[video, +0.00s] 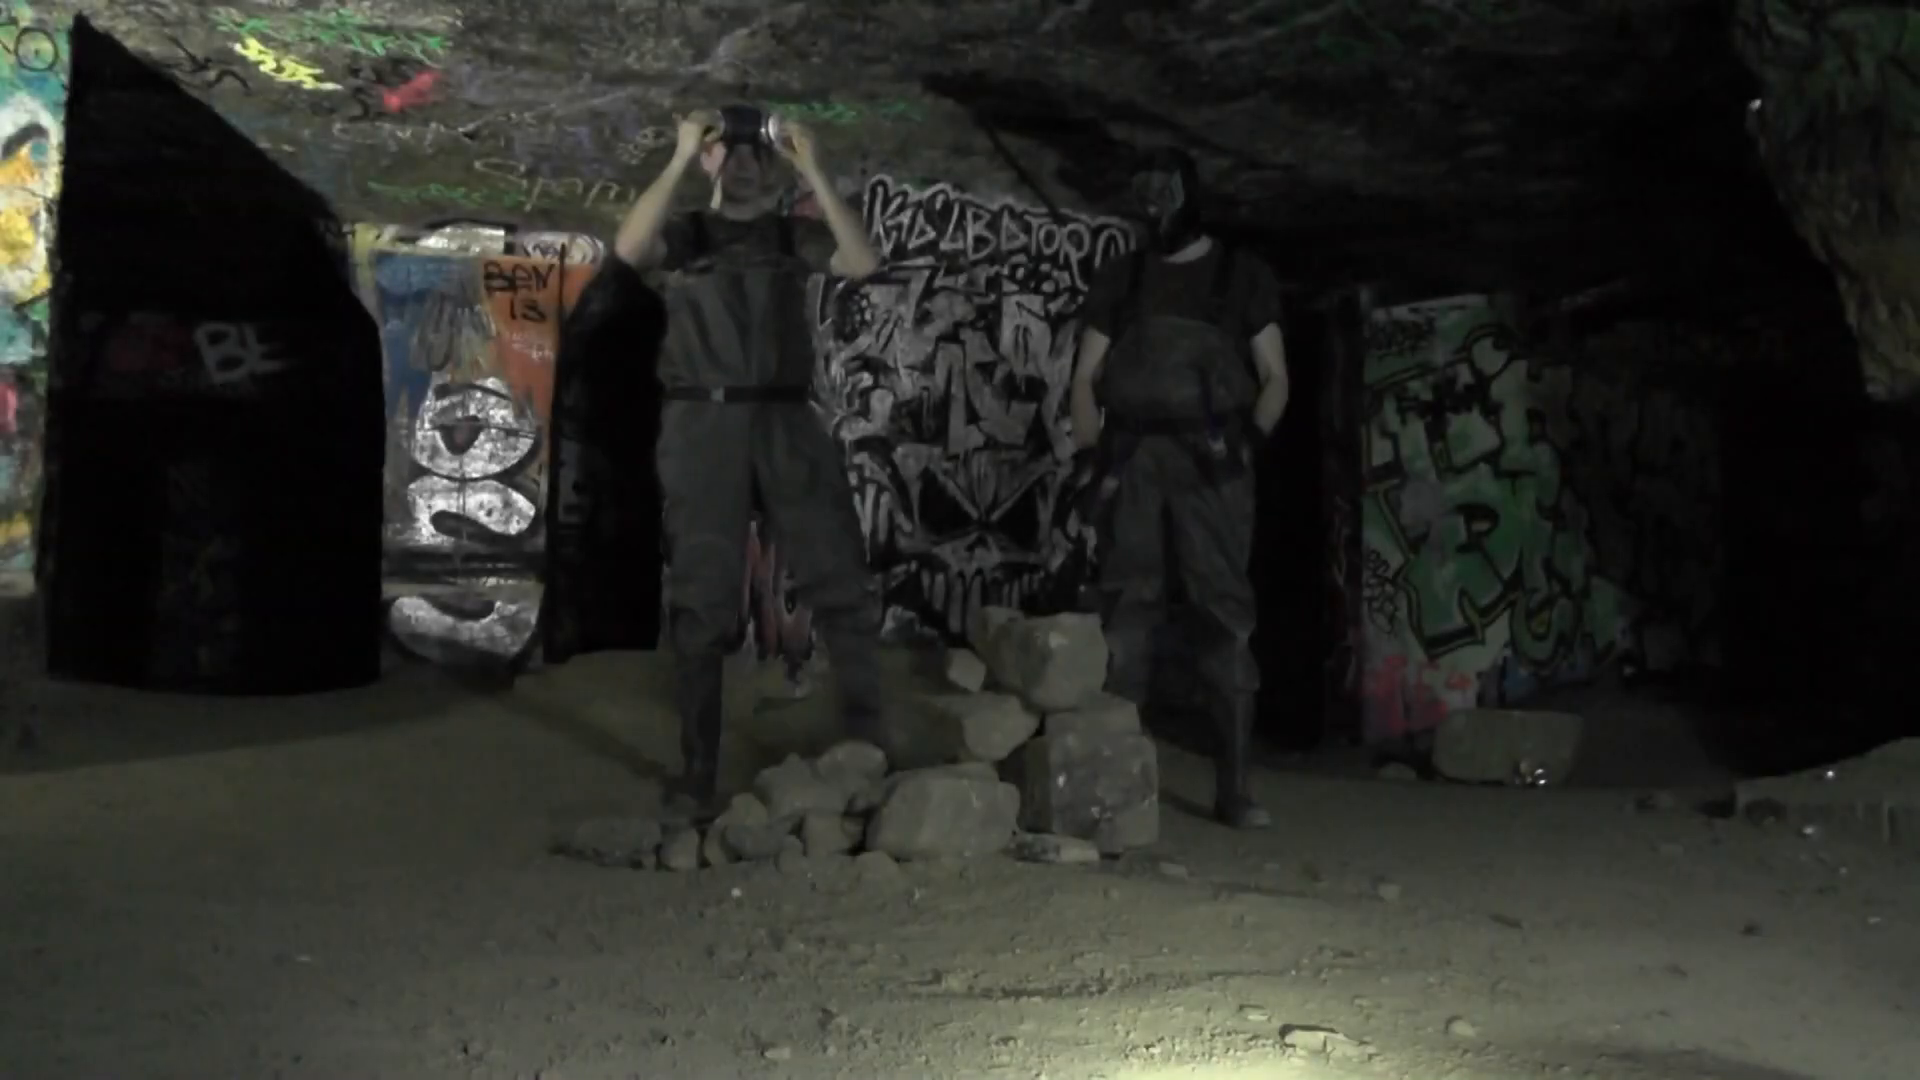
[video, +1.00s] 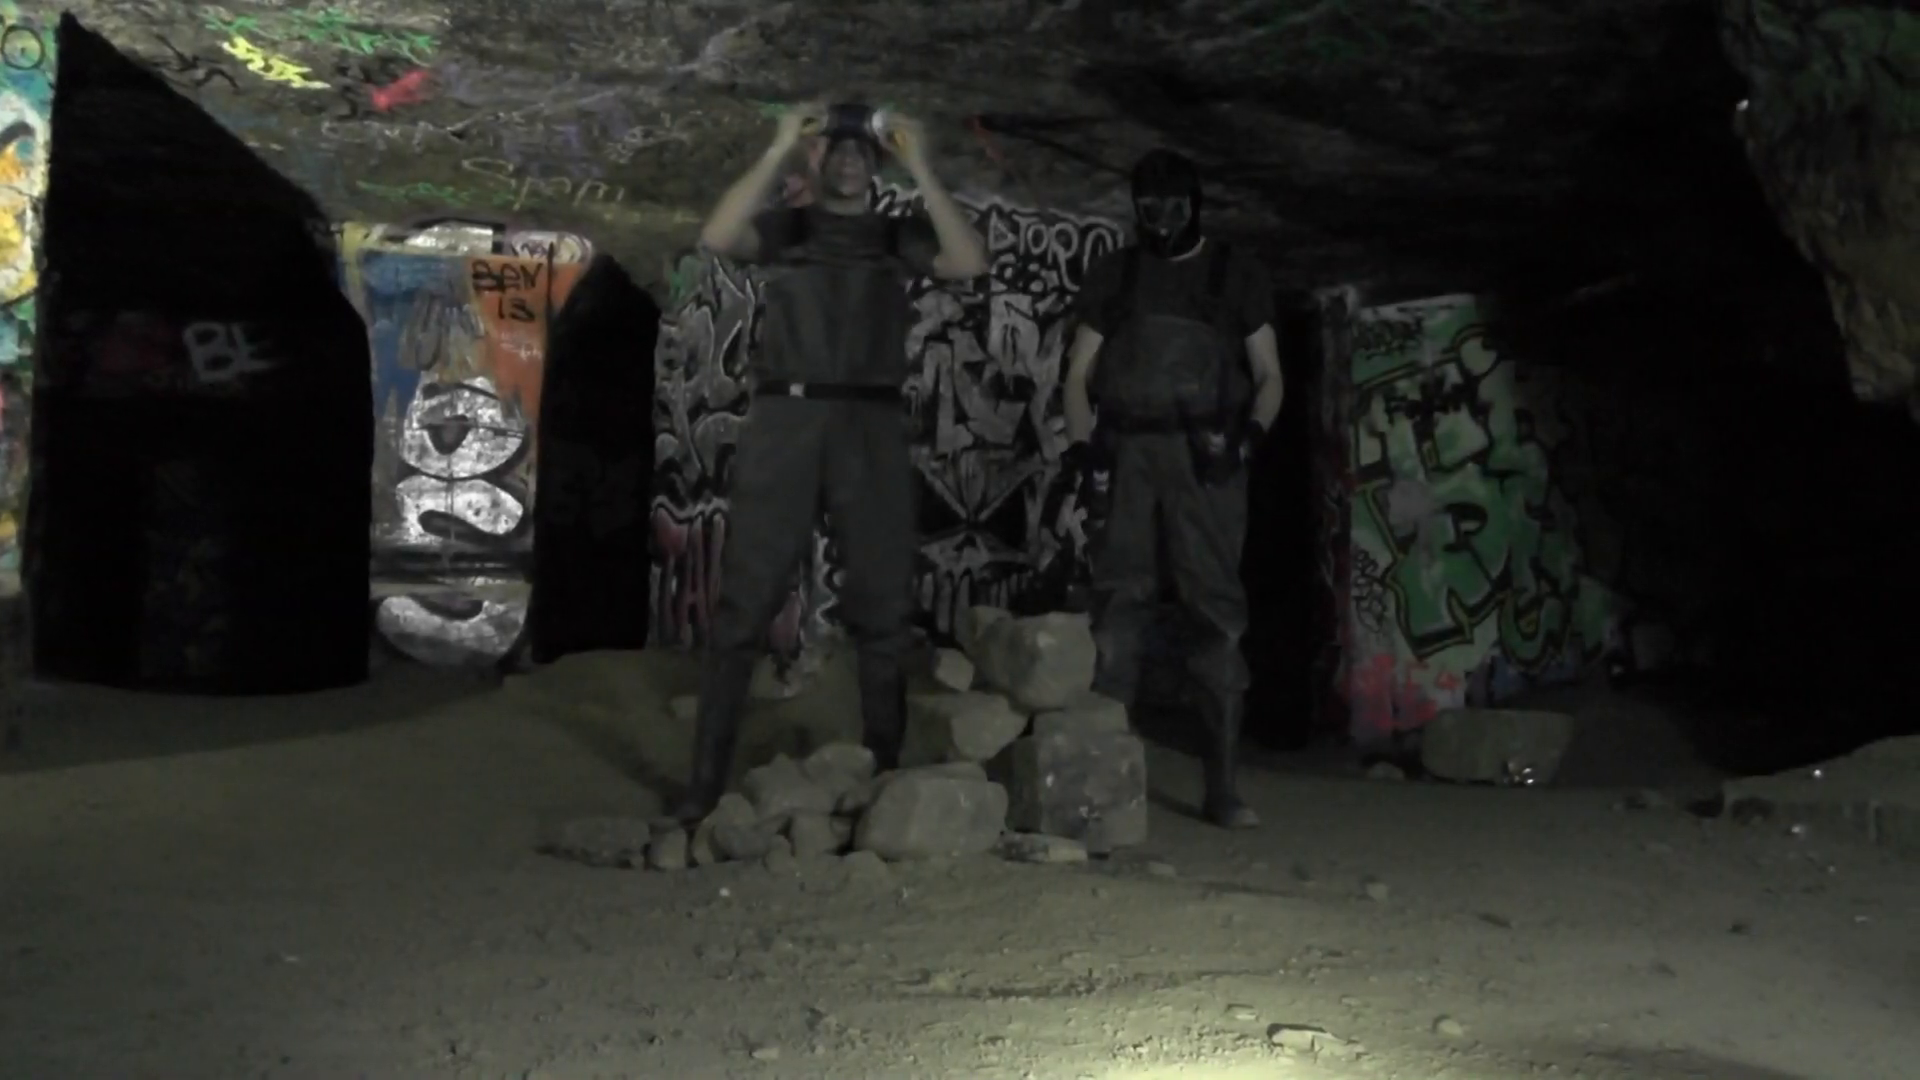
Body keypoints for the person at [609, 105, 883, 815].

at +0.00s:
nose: (744, 161)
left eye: (756, 149)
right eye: (728, 147)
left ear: (777, 163)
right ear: (706, 161)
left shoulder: (798, 232)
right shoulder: (685, 234)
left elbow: (861, 263)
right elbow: (629, 249)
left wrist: (813, 173)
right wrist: (680, 162)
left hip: (790, 431)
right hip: (703, 435)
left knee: (840, 592)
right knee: (701, 608)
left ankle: (868, 753)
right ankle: (698, 779)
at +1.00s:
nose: (846, 164)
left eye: (858, 154)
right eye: (834, 153)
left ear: (876, 168)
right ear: (809, 165)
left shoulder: (896, 233)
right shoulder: (782, 229)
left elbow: (969, 263)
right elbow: (719, 237)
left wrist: (918, 168)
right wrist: (779, 153)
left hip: (871, 436)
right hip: (782, 435)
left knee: (882, 610)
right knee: (744, 607)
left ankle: (884, 775)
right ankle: (706, 783)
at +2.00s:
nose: (819, 159)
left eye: (832, 147)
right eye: (805, 145)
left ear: (854, 156)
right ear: (785, 155)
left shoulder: (879, 228)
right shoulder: (762, 225)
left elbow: (944, 252)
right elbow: (694, 242)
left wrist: (889, 159)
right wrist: (750, 152)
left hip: (856, 439)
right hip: (767, 437)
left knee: (868, 614)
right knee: (733, 612)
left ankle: (880, 777)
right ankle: (696, 790)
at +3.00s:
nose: (860, 166)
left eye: (873, 155)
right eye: (850, 149)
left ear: (884, 161)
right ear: (819, 145)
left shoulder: (891, 230)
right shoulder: (769, 215)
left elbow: (956, 289)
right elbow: (668, 261)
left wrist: (926, 183)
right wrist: (727, 311)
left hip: (858, 439)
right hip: (769, 435)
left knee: (868, 612)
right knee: (736, 609)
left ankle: (882, 779)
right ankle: (699, 786)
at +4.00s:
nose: (835, 164)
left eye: (849, 152)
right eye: (822, 150)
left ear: (867, 161)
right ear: (797, 159)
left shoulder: (885, 225)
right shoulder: (765, 222)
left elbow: (949, 273)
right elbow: (696, 277)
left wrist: (904, 167)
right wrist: (754, 190)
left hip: (857, 438)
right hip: (767, 435)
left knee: (870, 614)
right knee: (734, 611)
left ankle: (879, 779)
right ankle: (697, 789)